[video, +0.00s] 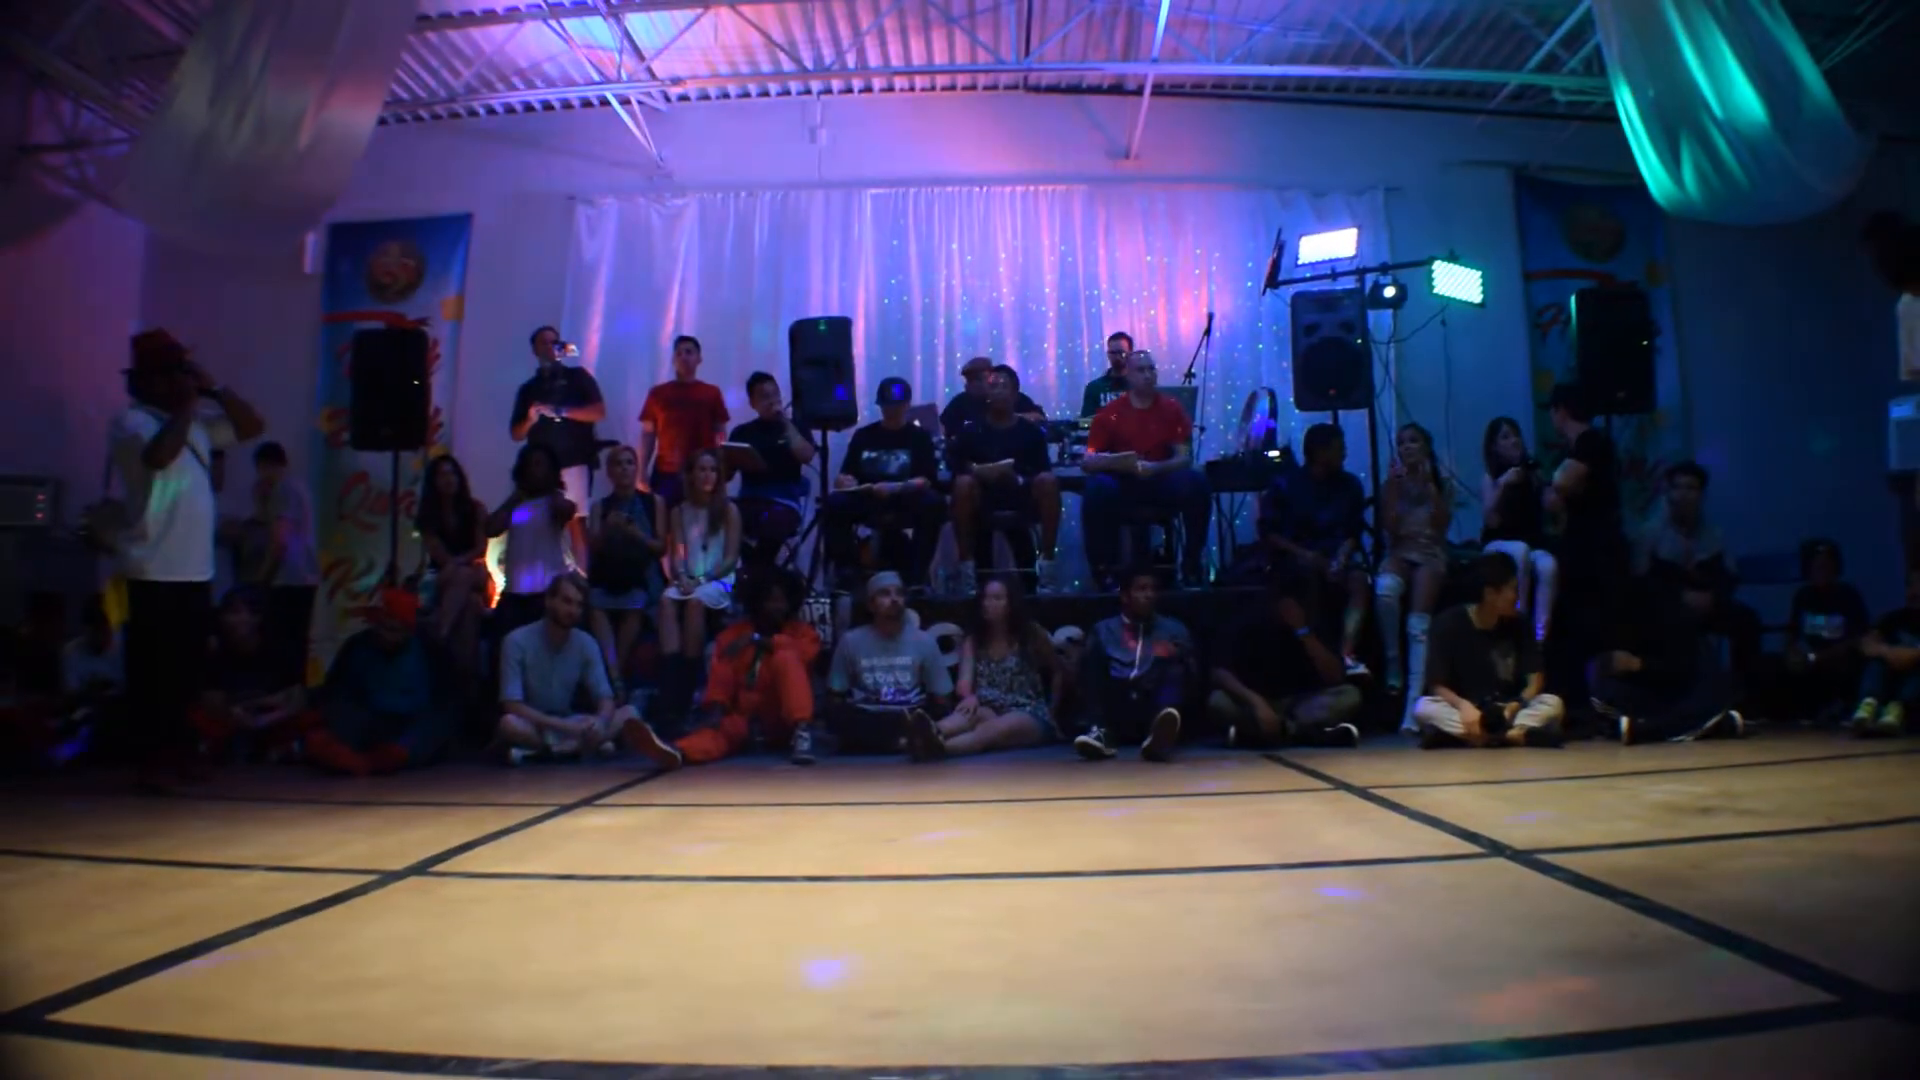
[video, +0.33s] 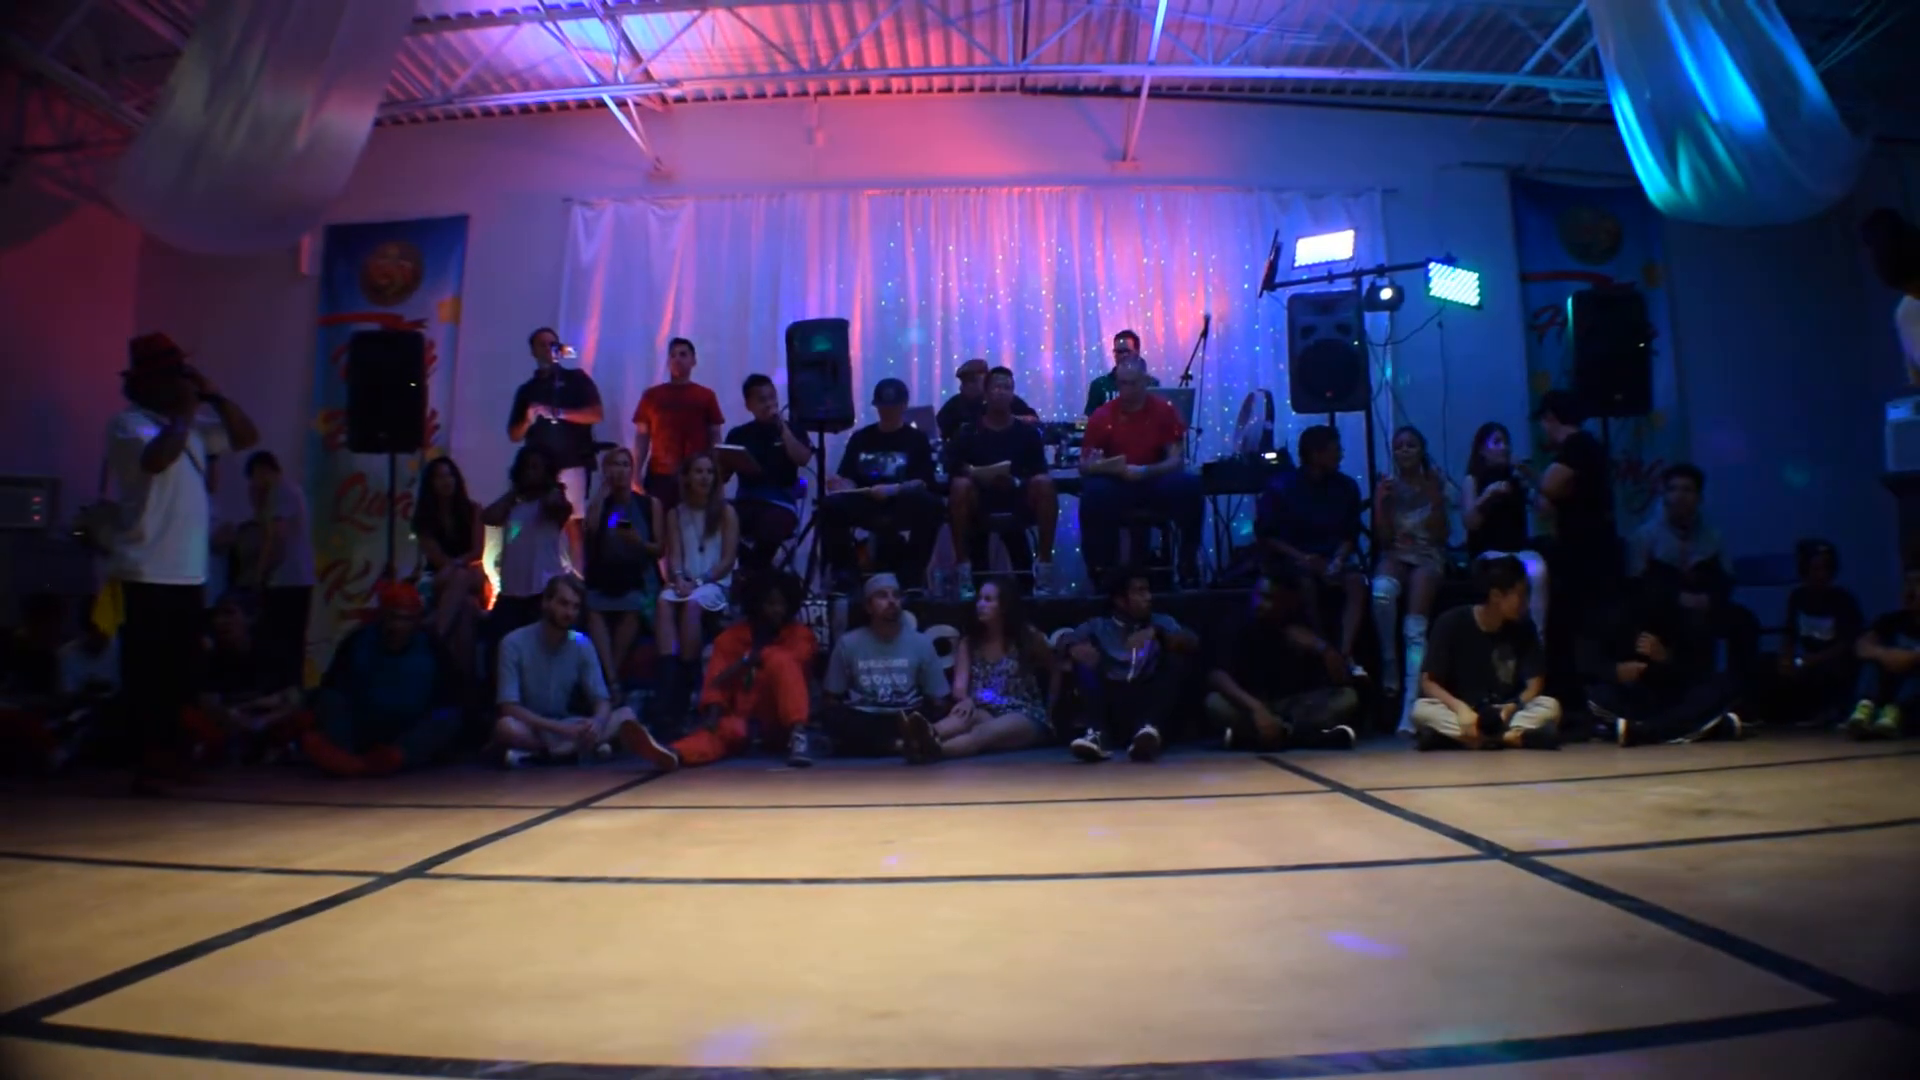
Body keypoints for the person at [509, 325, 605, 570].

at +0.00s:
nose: (551, 347)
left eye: (554, 342)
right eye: (544, 344)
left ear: (562, 346)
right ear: (535, 350)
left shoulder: (579, 376)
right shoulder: (528, 388)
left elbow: (598, 412)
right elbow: (516, 434)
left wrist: (561, 412)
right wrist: (530, 421)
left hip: (575, 459)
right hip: (541, 462)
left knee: (577, 521)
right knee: (542, 520)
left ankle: (582, 576)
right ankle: (544, 577)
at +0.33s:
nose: (549, 349)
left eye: (553, 344)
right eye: (543, 345)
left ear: (560, 348)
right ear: (533, 352)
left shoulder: (577, 378)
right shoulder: (527, 389)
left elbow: (596, 414)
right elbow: (514, 434)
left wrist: (558, 413)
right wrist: (528, 421)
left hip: (572, 461)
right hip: (539, 463)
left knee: (573, 521)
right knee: (539, 522)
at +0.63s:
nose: (549, 351)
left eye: (552, 345)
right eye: (543, 346)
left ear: (560, 349)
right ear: (533, 353)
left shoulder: (576, 379)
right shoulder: (525, 390)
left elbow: (595, 415)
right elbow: (513, 435)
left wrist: (559, 414)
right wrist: (527, 422)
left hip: (570, 461)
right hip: (537, 464)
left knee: (572, 523)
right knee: (538, 522)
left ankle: (576, 579)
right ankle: (538, 581)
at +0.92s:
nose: (548, 352)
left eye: (552, 346)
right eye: (542, 348)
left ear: (560, 350)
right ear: (532, 353)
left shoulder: (577, 380)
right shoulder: (526, 391)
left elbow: (594, 415)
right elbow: (514, 436)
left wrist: (558, 414)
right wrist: (527, 421)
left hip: (571, 462)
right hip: (538, 465)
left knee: (573, 523)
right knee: (539, 522)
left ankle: (574, 577)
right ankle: (540, 579)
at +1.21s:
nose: (544, 354)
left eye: (548, 347)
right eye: (538, 349)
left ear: (556, 349)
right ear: (531, 355)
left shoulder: (576, 379)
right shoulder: (526, 390)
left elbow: (594, 415)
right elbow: (513, 435)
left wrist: (558, 414)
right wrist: (526, 421)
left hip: (570, 461)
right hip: (537, 465)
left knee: (572, 522)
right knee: (537, 521)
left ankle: (574, 576)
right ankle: (538, 578)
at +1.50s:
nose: (539, 356)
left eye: (543, 349)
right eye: (533, 351)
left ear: (553, 350)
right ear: (529, 356)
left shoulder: (575, 379)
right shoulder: (525, 389)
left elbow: (593, 415)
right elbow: (513, 435)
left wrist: (557, 413)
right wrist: (520, 422)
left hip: (569, 463)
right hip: (537, 466)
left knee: (570, 524)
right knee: (536, 523)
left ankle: (573, 576)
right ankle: (539, 578)